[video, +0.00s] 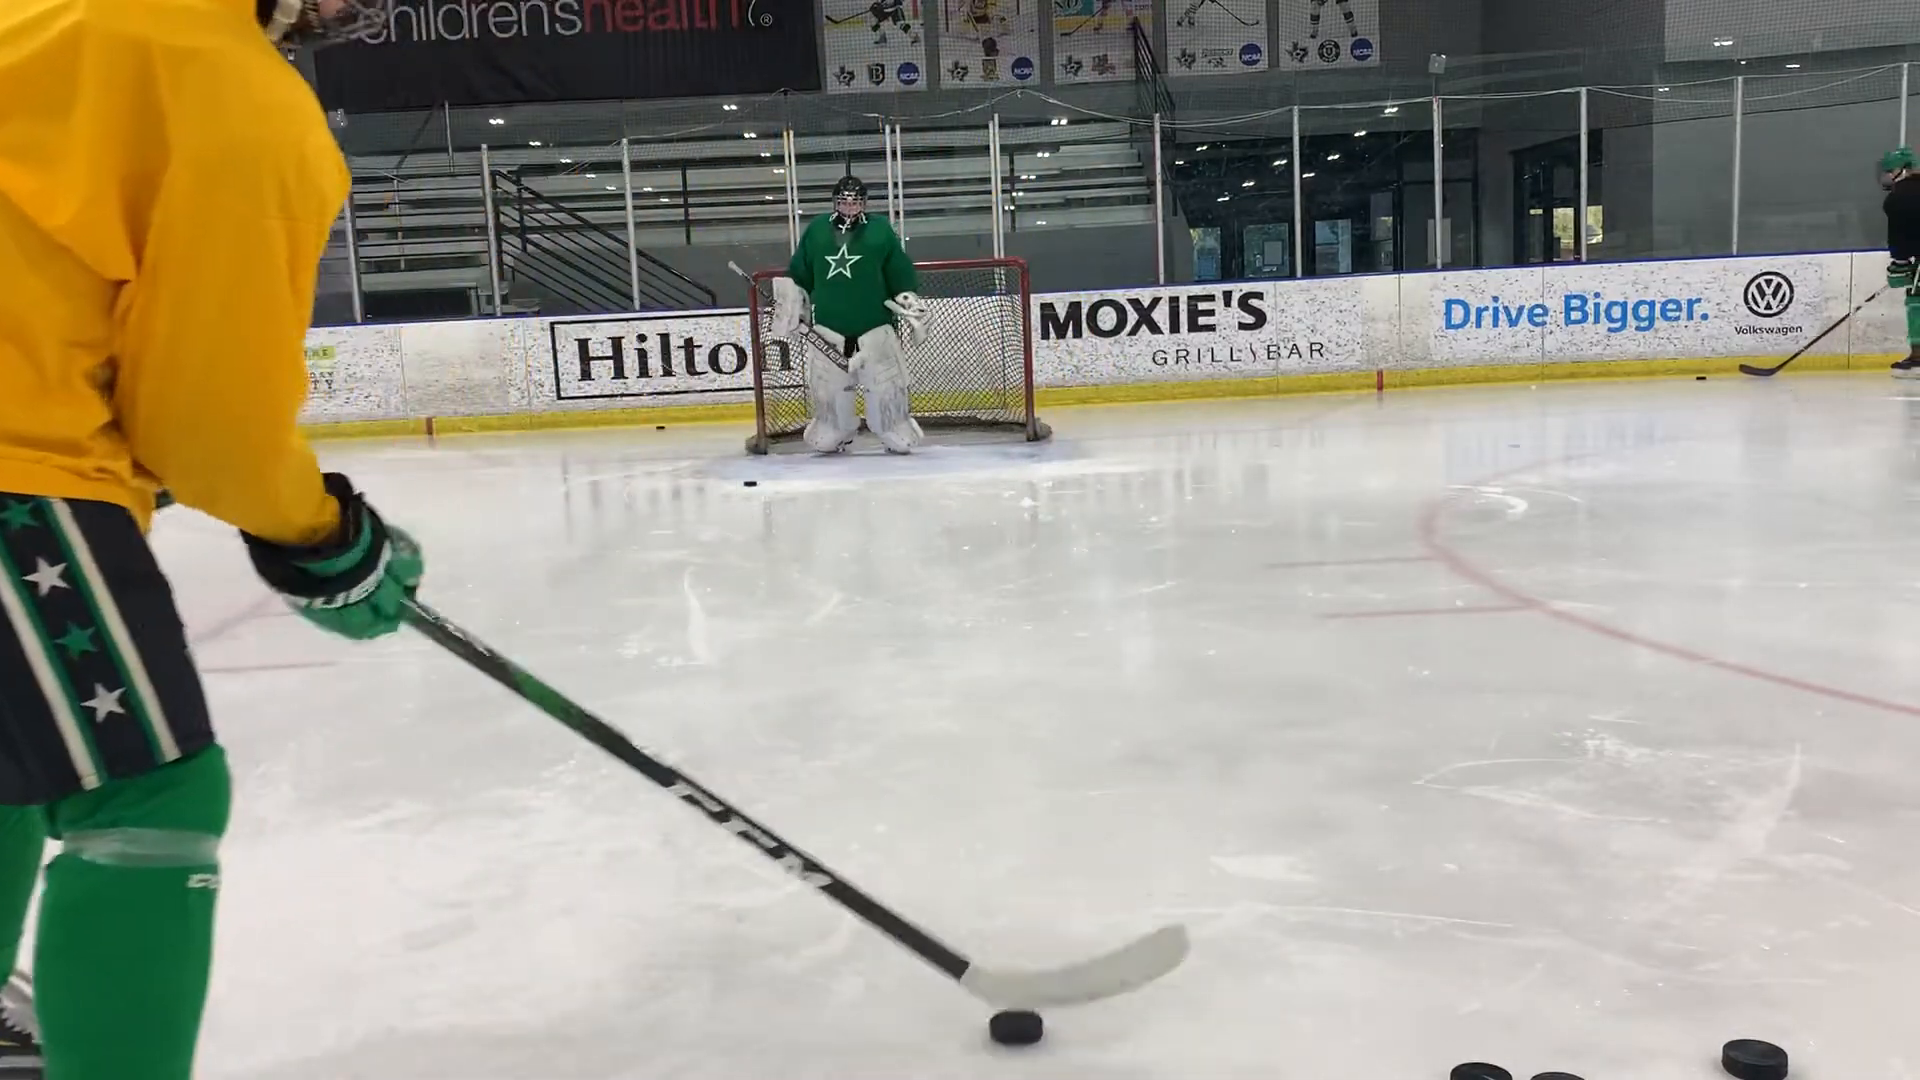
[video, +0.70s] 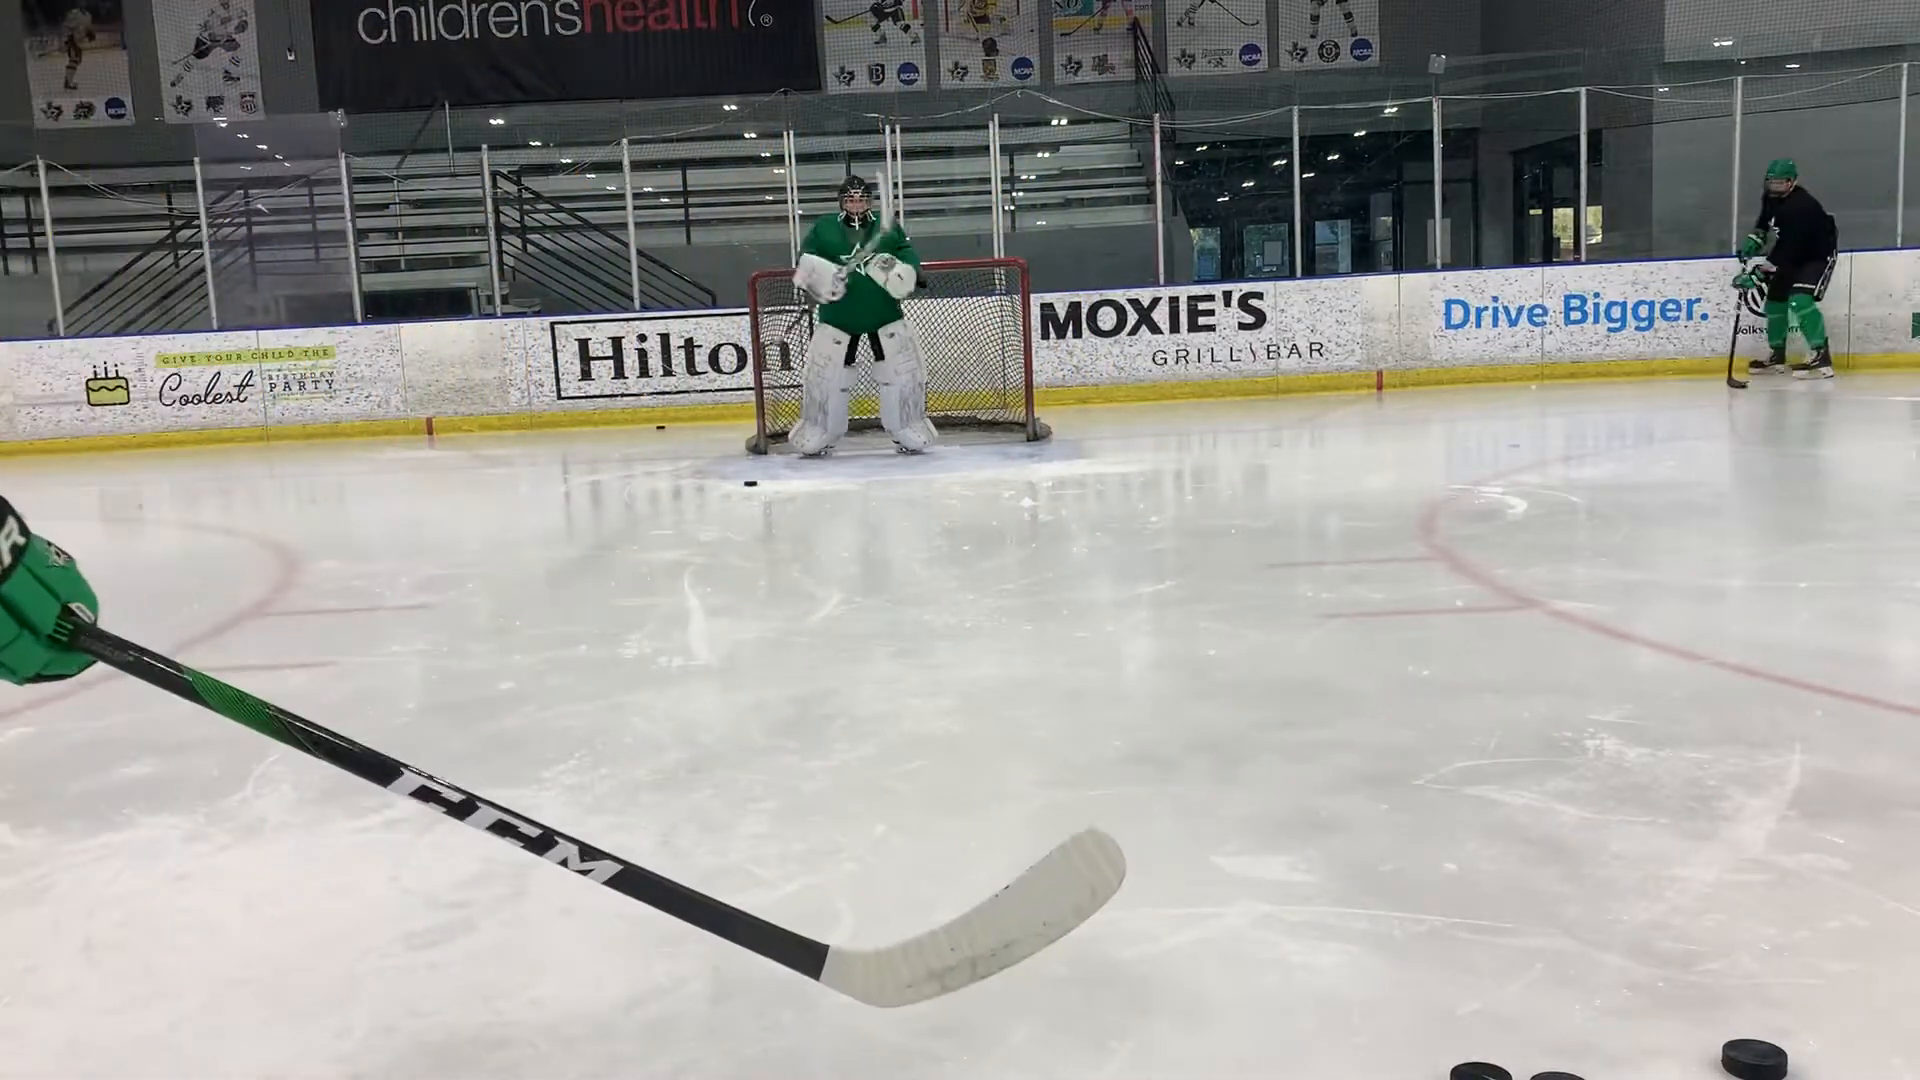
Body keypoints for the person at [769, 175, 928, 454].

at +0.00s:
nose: (849, 205)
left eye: (855, 200)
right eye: (844, 200)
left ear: (863, 202)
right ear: (835, 202)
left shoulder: (880, 230)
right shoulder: (817, 230)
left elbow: (899, 270)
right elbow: (799, 273)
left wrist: (908, 303)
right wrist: (791, 305)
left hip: (874, 320)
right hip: (829, 321)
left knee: (885, 382)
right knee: (828, 383)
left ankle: (896, 437)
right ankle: (831, 437)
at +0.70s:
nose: (856, 203)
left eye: (861, 197)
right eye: (850, 198)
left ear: (869, 200)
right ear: (841, 201)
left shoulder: (887, 229)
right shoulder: (824, 229)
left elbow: (911, 264)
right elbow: (805, 265)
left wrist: (893, 270)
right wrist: (827, 278)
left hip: (884, 316)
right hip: (838, 318)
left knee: (901, 374)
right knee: (825, 377)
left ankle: (907, 433)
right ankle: (819, 436)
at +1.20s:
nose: (870, 205)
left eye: (876, 199)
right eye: (865, 199)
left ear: (885, 202)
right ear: (855, 203)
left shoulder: (901, 230)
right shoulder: (838, 232)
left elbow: (918, 270)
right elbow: (820, 275)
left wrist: (894, 280)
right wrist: (850, 283)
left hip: (900, 320)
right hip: (858, 321)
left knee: (926, 378)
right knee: (842, 386)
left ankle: (948, 440)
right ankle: (817, 449)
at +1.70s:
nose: (884, 204)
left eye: (890, 199)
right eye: (879, 199)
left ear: (900, 201)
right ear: (869, 202)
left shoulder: (918, 230)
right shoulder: (850, 232)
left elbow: (941, 268)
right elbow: (826, 276)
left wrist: (932, 274)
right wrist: (843, 303)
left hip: (915, 322)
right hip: (868, 326)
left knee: (946, 385)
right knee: (846, 393)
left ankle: (976, 448)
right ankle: (820, 458)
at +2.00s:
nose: (894, 234)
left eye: (899, 227)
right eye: (888, 228)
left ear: (908, 228)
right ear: (879, 229)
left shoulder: (927, 254)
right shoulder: (858, 260)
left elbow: (950, 302)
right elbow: (838, 301)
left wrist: (953, 276)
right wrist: (840, 338)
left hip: (924, 341)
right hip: (879, 346)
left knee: (956, 398)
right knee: (865, 408)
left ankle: (994, 455)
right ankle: (825, 461)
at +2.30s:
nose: (906, 266)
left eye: (912, 260)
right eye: (900, 261)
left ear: (921, 262)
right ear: (889, 262)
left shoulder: (939, 285)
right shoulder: (867, 291)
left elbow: (963, 336)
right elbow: (848, 333)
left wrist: (965, 312)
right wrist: (847, 372)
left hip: (938, 367)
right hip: (890, 372)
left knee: (978, 408)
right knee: (867, 421)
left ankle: (1022, 451)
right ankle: (822, 463)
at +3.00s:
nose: (916, 292)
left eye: (921, 286)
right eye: (909, 286)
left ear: (931, 285)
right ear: (898, 286)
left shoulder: (950, 307)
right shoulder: (877, 311)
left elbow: (977, 359)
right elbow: (850, 349)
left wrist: (973, 349)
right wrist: (849, 388)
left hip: (946, 389)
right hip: (895, 399)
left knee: (981, 415)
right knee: (870, 434)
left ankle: (1019, 448)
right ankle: (827, 464)